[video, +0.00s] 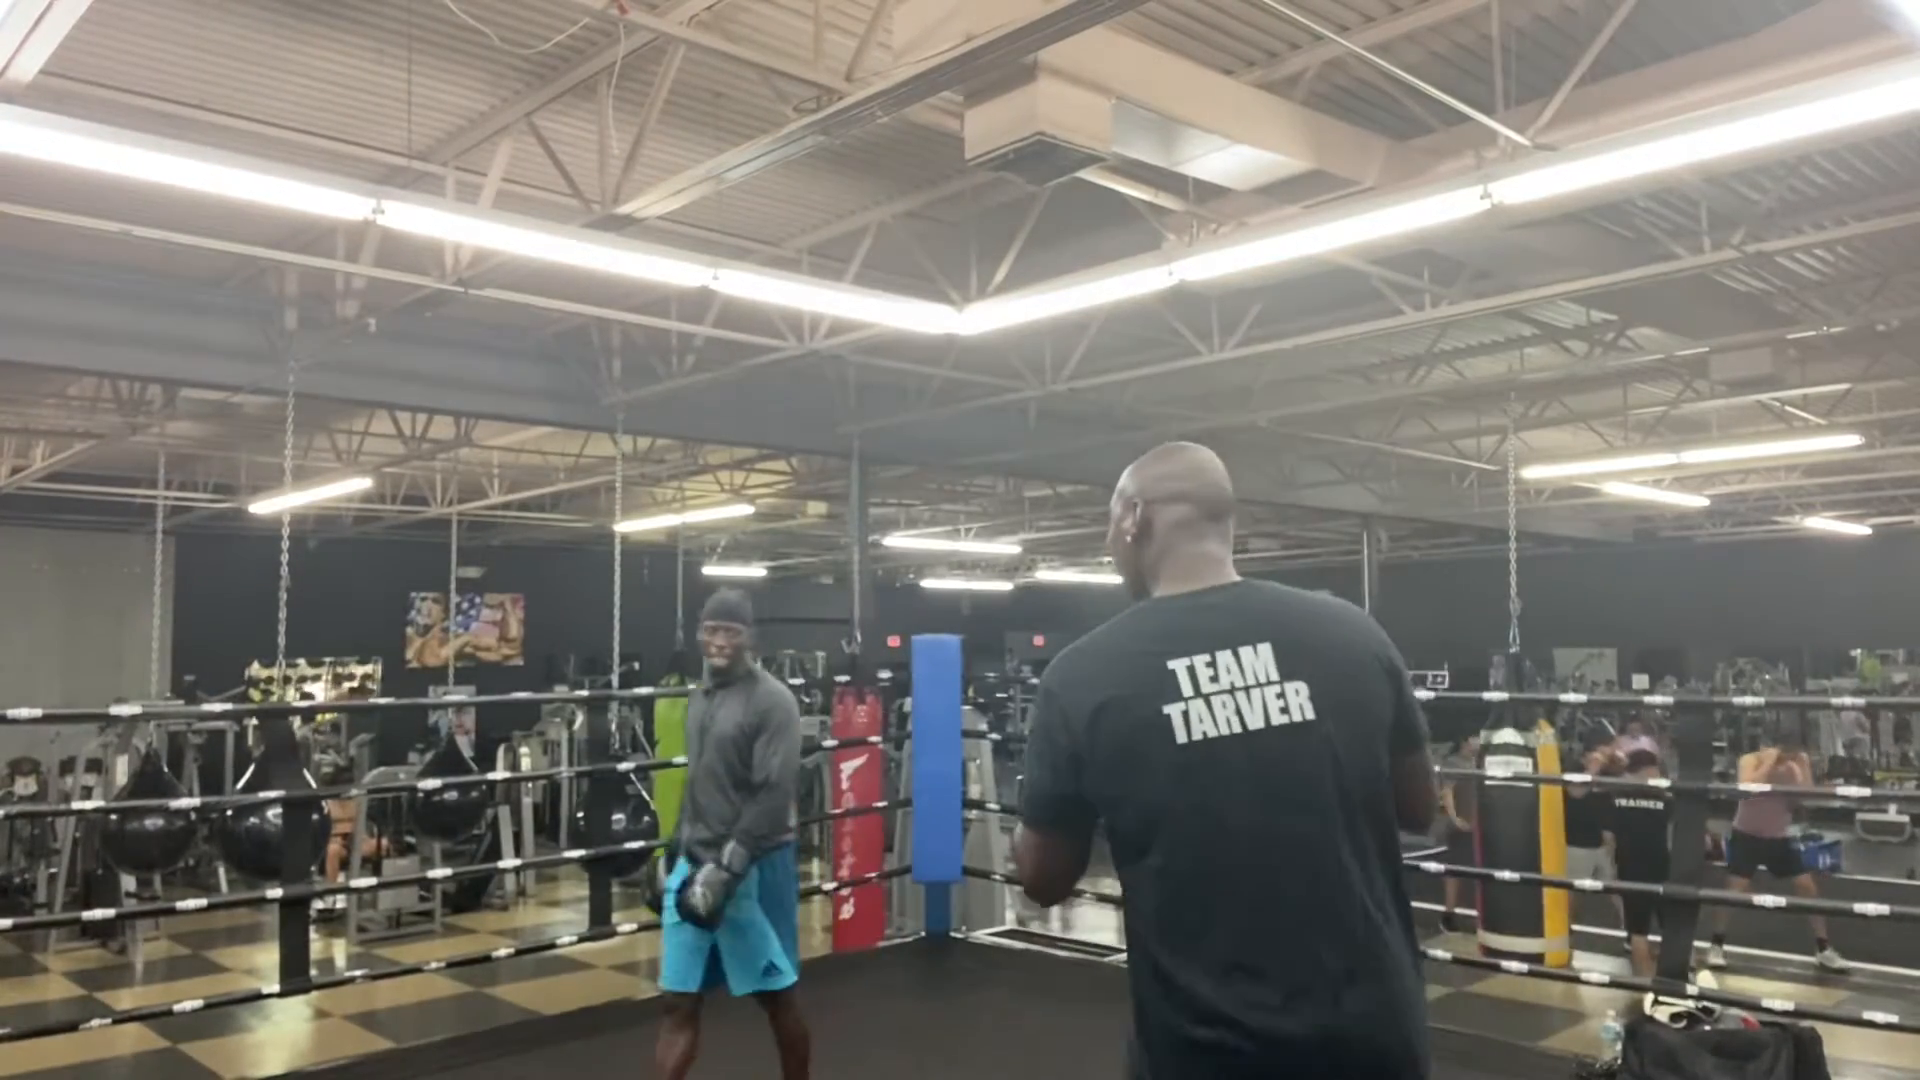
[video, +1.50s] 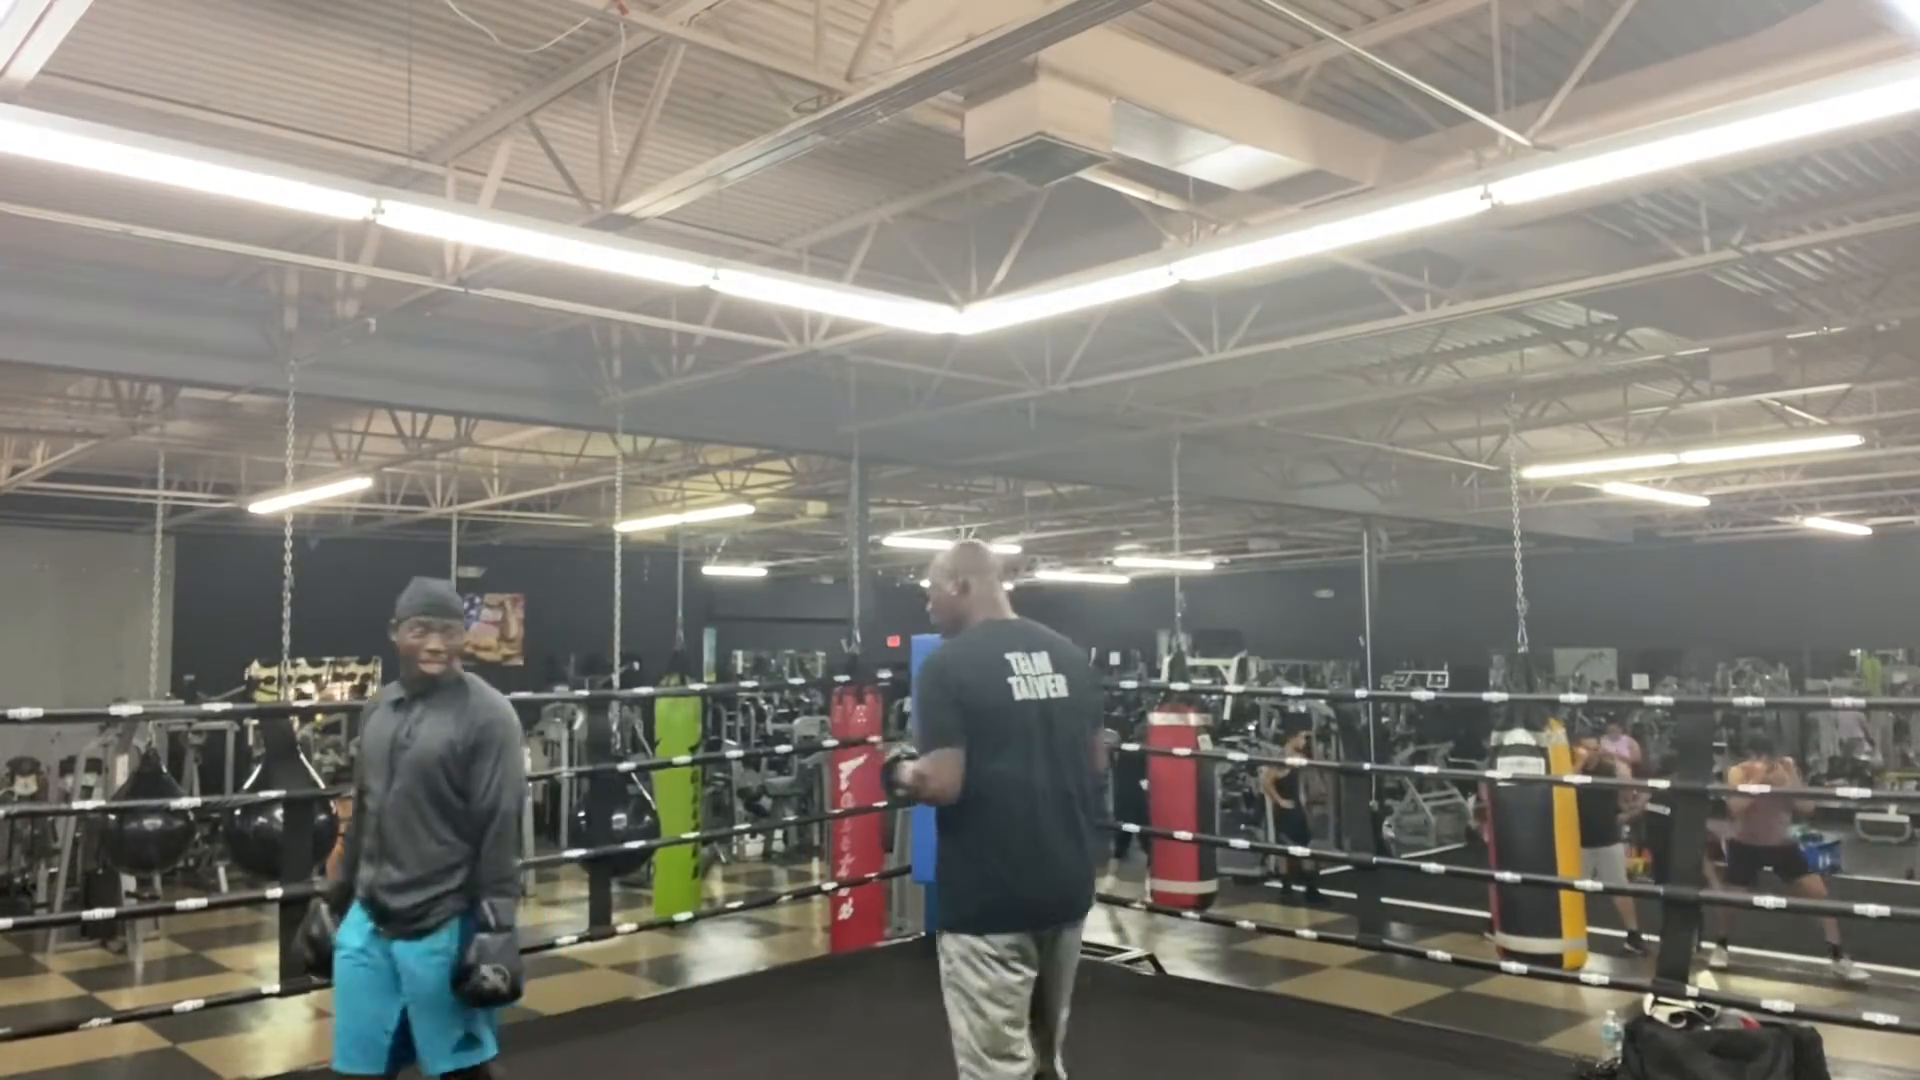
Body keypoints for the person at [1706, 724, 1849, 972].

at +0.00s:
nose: (1786, 749)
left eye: (1791, 745)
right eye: (1782, 744)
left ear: (1796, 743)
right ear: (1772, 741)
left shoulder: (1799, 761)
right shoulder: (1750, 760)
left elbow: (1806, 794)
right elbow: (1747, 788)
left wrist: (1795, 770)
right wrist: (1770, 762)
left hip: (1779, 839)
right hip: (1746, 837)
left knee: (1808, 888)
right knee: (1735, 891)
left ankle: (1823, 948)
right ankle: (1716, 944)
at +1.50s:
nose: (1763, 760)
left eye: (1767, 754)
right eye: (1757, 754)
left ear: (1774, 752)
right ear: (1748, 753)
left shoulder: (1786, 768)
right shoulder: (1738, 773)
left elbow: (1806, 806)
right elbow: (1735, 807)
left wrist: (1785, 782)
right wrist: (1757, 782)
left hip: (1782, 847)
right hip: (1744, 847)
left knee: (1819, 894)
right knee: (1733, 898)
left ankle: (1838, 957)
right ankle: (1721, 946)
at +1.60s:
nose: (1780, 767)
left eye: (1785, 761)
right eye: (1774, 762)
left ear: (1790, 759)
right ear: (1764, 759)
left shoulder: (1798, 772)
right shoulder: (1751, 776)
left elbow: (1818, 811)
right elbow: (1743, 811)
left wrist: (1797, 786)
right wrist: (1772, 787)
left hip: (1796, 854)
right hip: (1758, 853)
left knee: (1833, 901)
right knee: (1739, 901)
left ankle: (1866, 963)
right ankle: (1721, 946)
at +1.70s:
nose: (1804, 767)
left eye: (1809, 761)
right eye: (1800, 760)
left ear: (1818, 762)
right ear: (1792, 760)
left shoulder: (1822, 778)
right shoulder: (1776, 778)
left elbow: (1831, 818)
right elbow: (1778, 812)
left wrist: (1821, 787)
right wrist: (1804, 787)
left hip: (1809, 861)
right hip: (1774, 859)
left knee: (1845, 898)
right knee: (1755, 914)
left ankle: (1873, 966)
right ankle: (1724, 944)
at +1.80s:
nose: (1845, 780)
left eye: (1848, 776)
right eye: (1845, 774)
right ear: (1833, 765)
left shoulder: (1823, 786)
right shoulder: (1808, 778)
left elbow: (1840, 819)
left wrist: (1849, 788)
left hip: (1814, 862)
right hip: (1785, 862)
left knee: (1856, 900)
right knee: (1782, 919)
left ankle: (1873, 967)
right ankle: (1732, 939)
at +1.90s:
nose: (1854, 778)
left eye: (1854, 774)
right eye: (1853, 773)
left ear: (1833, 765)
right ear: (1846, 769)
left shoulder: (1808, 781)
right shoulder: (1833, 780)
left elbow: (1835, 823)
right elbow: (1873, 790)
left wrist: (1847, 797)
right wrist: (1912, 789)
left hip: (1816, 863)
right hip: (1791, 863)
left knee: (1857, 901)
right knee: (1801, 925)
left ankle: (1872, 967)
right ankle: (1749, 939)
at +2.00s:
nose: (1871, 783)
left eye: (1871, 779)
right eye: (1869, 779)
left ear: (1841, 769)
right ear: (1861, 775)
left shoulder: (1811, 783)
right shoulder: (1850, 785)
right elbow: (1883, 792)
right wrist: (1913, 788)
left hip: (1817, 862)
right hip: (1799, 863)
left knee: (1860, 902)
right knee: (1822, 927)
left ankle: (1872, 966)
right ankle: (1768, 947)